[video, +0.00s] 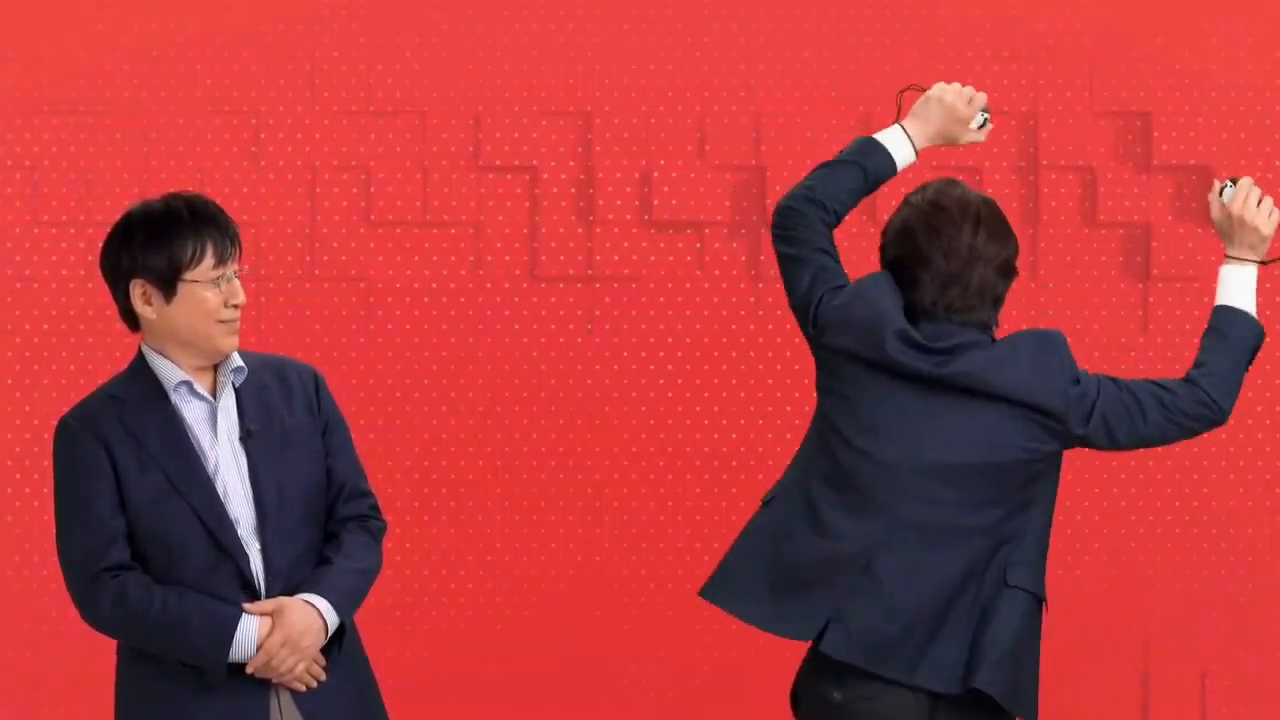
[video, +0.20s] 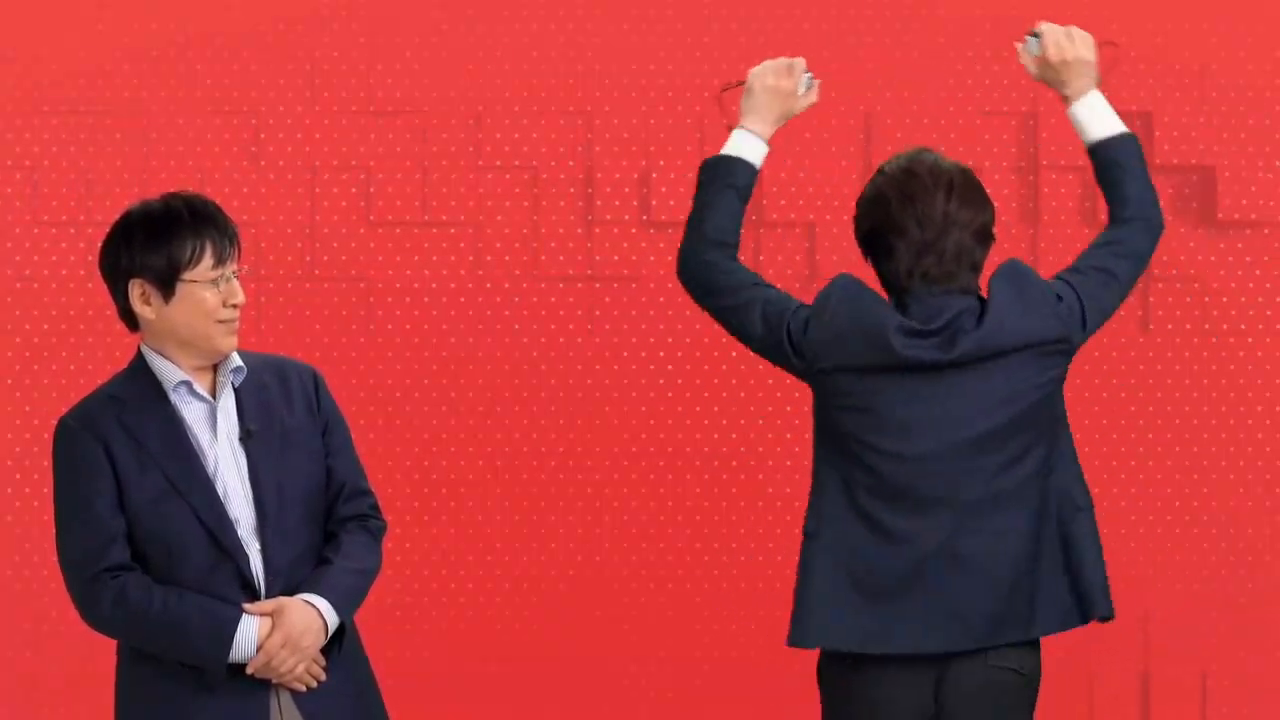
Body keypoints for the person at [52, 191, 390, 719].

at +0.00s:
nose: (237, 297)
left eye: (235, 277)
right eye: (214, 282)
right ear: (147, 300)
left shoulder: (301, 389)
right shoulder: (92, 433)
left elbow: (360, 524)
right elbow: (104, 590)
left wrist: (319, 612)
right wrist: (250, 639)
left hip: (332, 700)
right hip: (191, 708)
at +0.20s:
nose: (236, 297)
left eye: (235, 278)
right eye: (212, 282)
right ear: (146, 300)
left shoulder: (300, 389)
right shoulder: (91, 433)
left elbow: (360, 524)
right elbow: (103, 591)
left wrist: (319, 612)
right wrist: (250, 639)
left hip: (332, 700)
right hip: (191, 708)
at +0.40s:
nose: (237, 298)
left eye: (235, 278)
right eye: (214, 283)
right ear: (146, 300)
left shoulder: (301, 389)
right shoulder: (91, 433)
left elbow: (360, 524)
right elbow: (104, 591)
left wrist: (319, 612)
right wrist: (252, 639)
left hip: (333, 700)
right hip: (191, 708)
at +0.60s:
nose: (239, 297)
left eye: (237, 278)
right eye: (214, 283)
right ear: (148, 300)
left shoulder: (302, 388)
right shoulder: (93, 432)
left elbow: (362, 523)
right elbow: (105, 591)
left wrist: (321, 612)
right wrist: (252, 639)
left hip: (334, 700)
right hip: (193, 708)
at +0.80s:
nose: (241, 298)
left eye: (239, 278)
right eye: (217, 282)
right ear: (150, 299)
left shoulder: (304, 388)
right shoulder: (94, 432)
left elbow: (364, 523)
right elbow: (106, 590)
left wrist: (322, 613)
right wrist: (252, 639)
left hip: (336, 700)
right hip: (193, 708)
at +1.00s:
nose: (239, 298)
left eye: (237, 278)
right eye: (216, 283)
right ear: (148, 300)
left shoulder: (302, 389)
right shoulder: (93, 433)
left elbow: (363, 525)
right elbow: (104, 591)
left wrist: (320, 613)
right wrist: (252, 640)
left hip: (334, 700)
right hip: (193, 707)